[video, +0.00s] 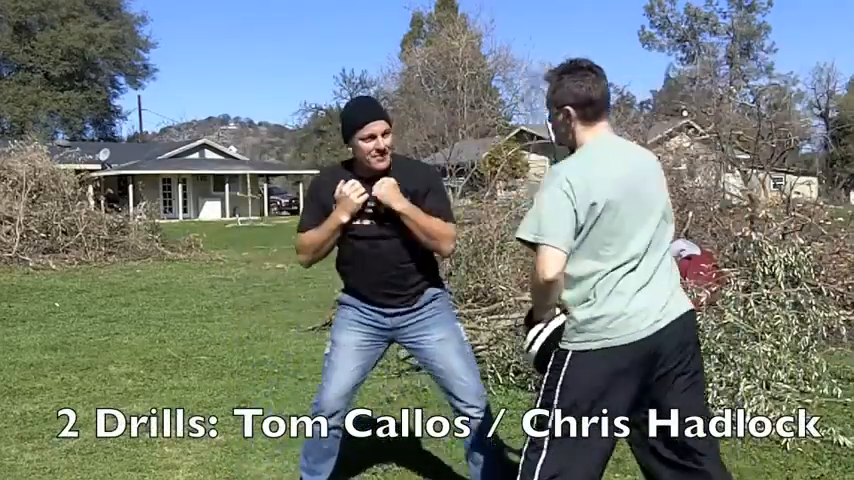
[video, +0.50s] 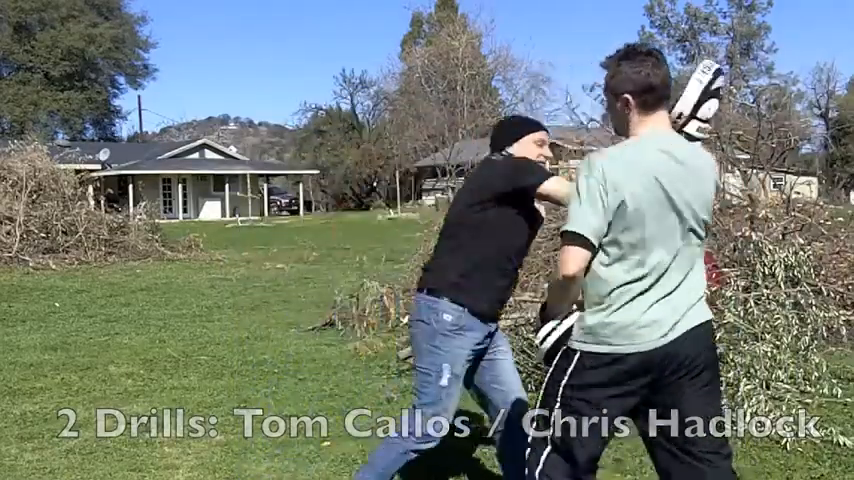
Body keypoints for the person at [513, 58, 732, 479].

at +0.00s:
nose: (550, 124)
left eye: (550, 114)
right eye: (549, 114)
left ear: (567, 116)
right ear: (606, 107)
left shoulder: (568, 177)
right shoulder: (645, 160)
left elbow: (549, 273)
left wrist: (541, 311)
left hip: (599, 346)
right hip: (672, 329)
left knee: (556, 465)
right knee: (690, 456)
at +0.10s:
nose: (578, 114)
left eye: (580, 104)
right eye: (579, 105)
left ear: (596, 107)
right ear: (634, 101)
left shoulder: (593, 169)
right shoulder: (669, 157)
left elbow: (572, 270)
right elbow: (673, 239)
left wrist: (560, 308)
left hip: (616, 343)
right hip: (688, 329)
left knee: (572, 465)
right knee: (703, 458)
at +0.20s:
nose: (593, 109)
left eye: (595, 99)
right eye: (593, 99)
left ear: (613, 103)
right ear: (651, 98)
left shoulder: (612, 165)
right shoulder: (679, 154)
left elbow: (590, 270)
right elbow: (672, 238)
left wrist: (570, 307)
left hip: (624, 343)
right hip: (695, 330)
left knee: (582, 464)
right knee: (707, 459)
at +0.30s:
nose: (597, 106)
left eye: (600, 97)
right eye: (598, 96)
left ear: (618, 102)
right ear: (656, 98)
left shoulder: (618, 164)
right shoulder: (681, 152)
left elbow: (596, 270)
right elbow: (670, 241)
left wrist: (571, 314)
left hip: (631, 345)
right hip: (698, 332)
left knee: (591, 466)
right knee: (706, 461)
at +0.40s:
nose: (601, 104)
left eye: (603, 95)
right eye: (601, 95)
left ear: (622, 101)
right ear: (661, 96)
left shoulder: (618, 165)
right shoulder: (684, 153)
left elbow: (592, 271)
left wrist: (567, 313)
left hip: (627, 346)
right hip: (697, 332)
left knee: (586, 467)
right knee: (706, 461)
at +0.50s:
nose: (606, 112)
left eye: (608, 101)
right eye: (606, 101)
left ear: (625, 103)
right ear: (666, 96)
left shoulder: (603, 167)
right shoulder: (702, 162)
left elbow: (571, 270)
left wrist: (555, 307)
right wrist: (684, 136)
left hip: (609, 347)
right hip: (689, 338)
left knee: (560, 463)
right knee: (705, 463)